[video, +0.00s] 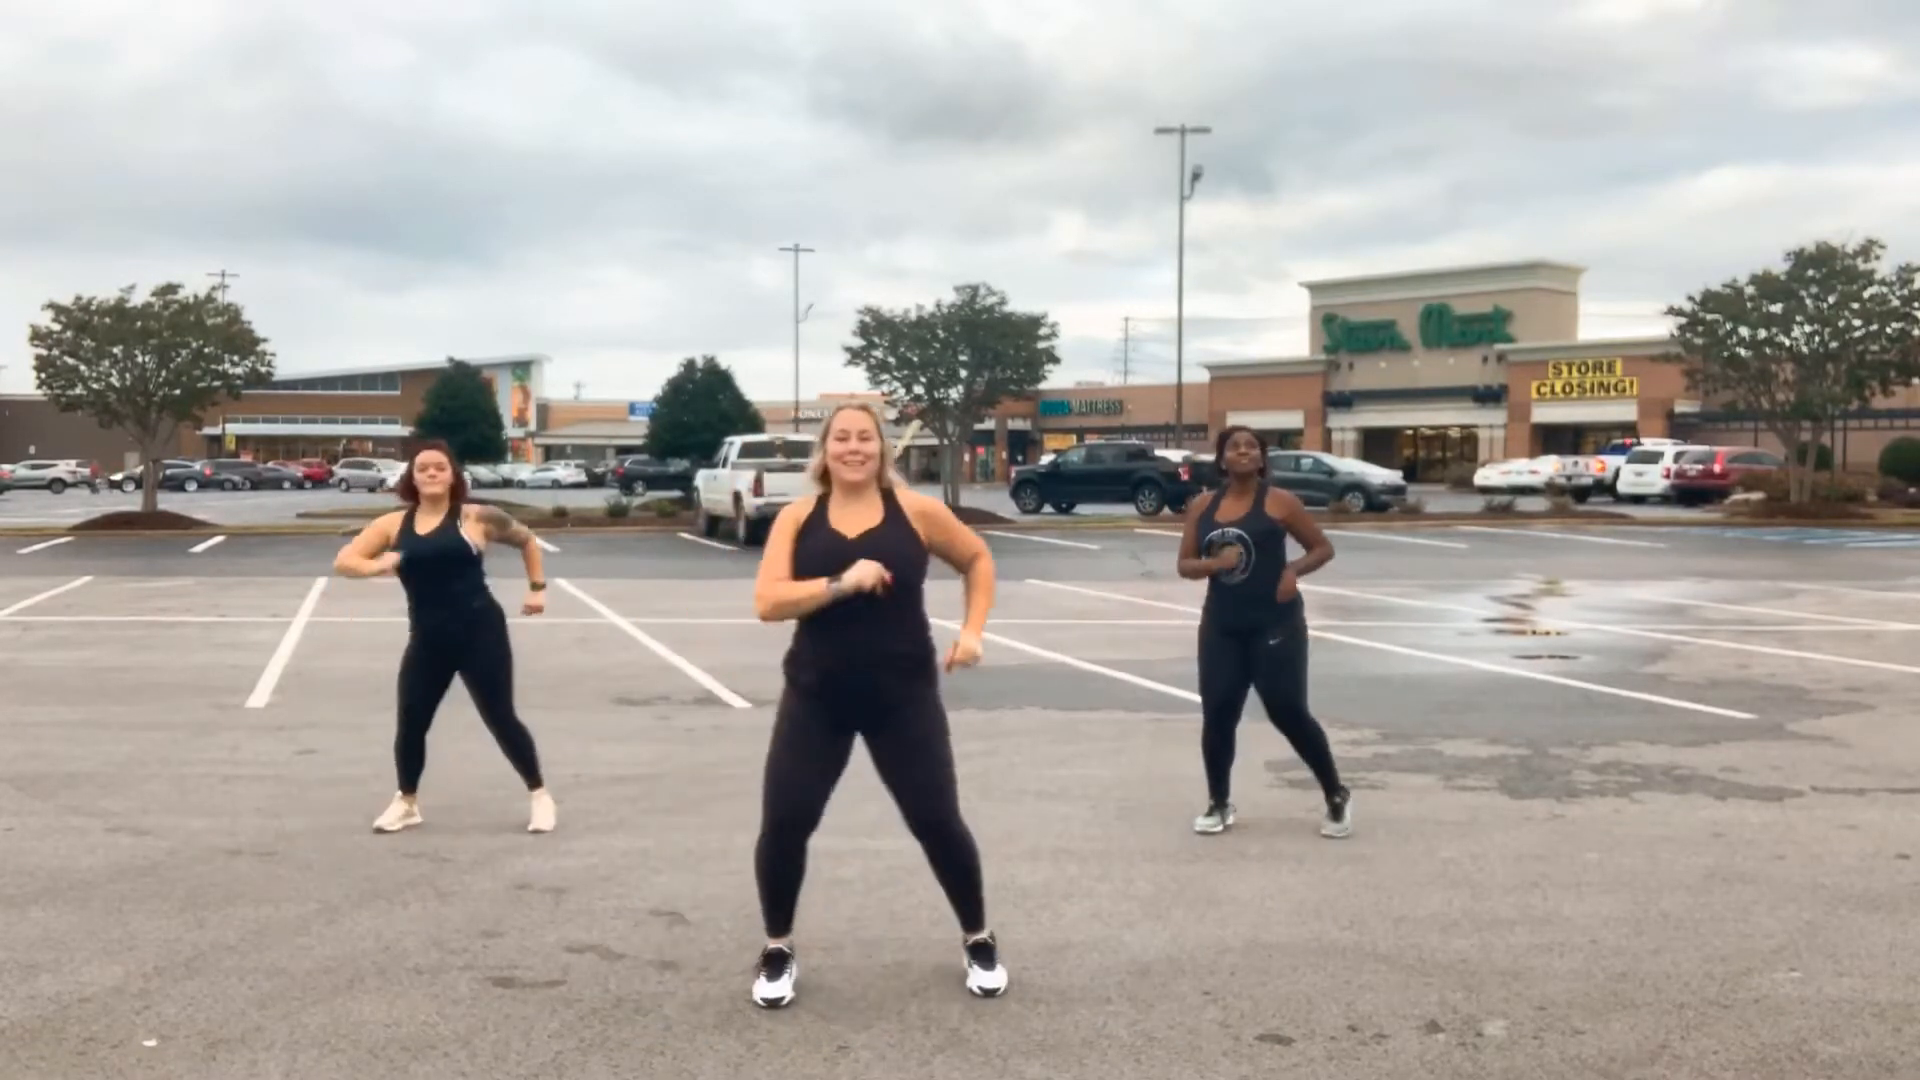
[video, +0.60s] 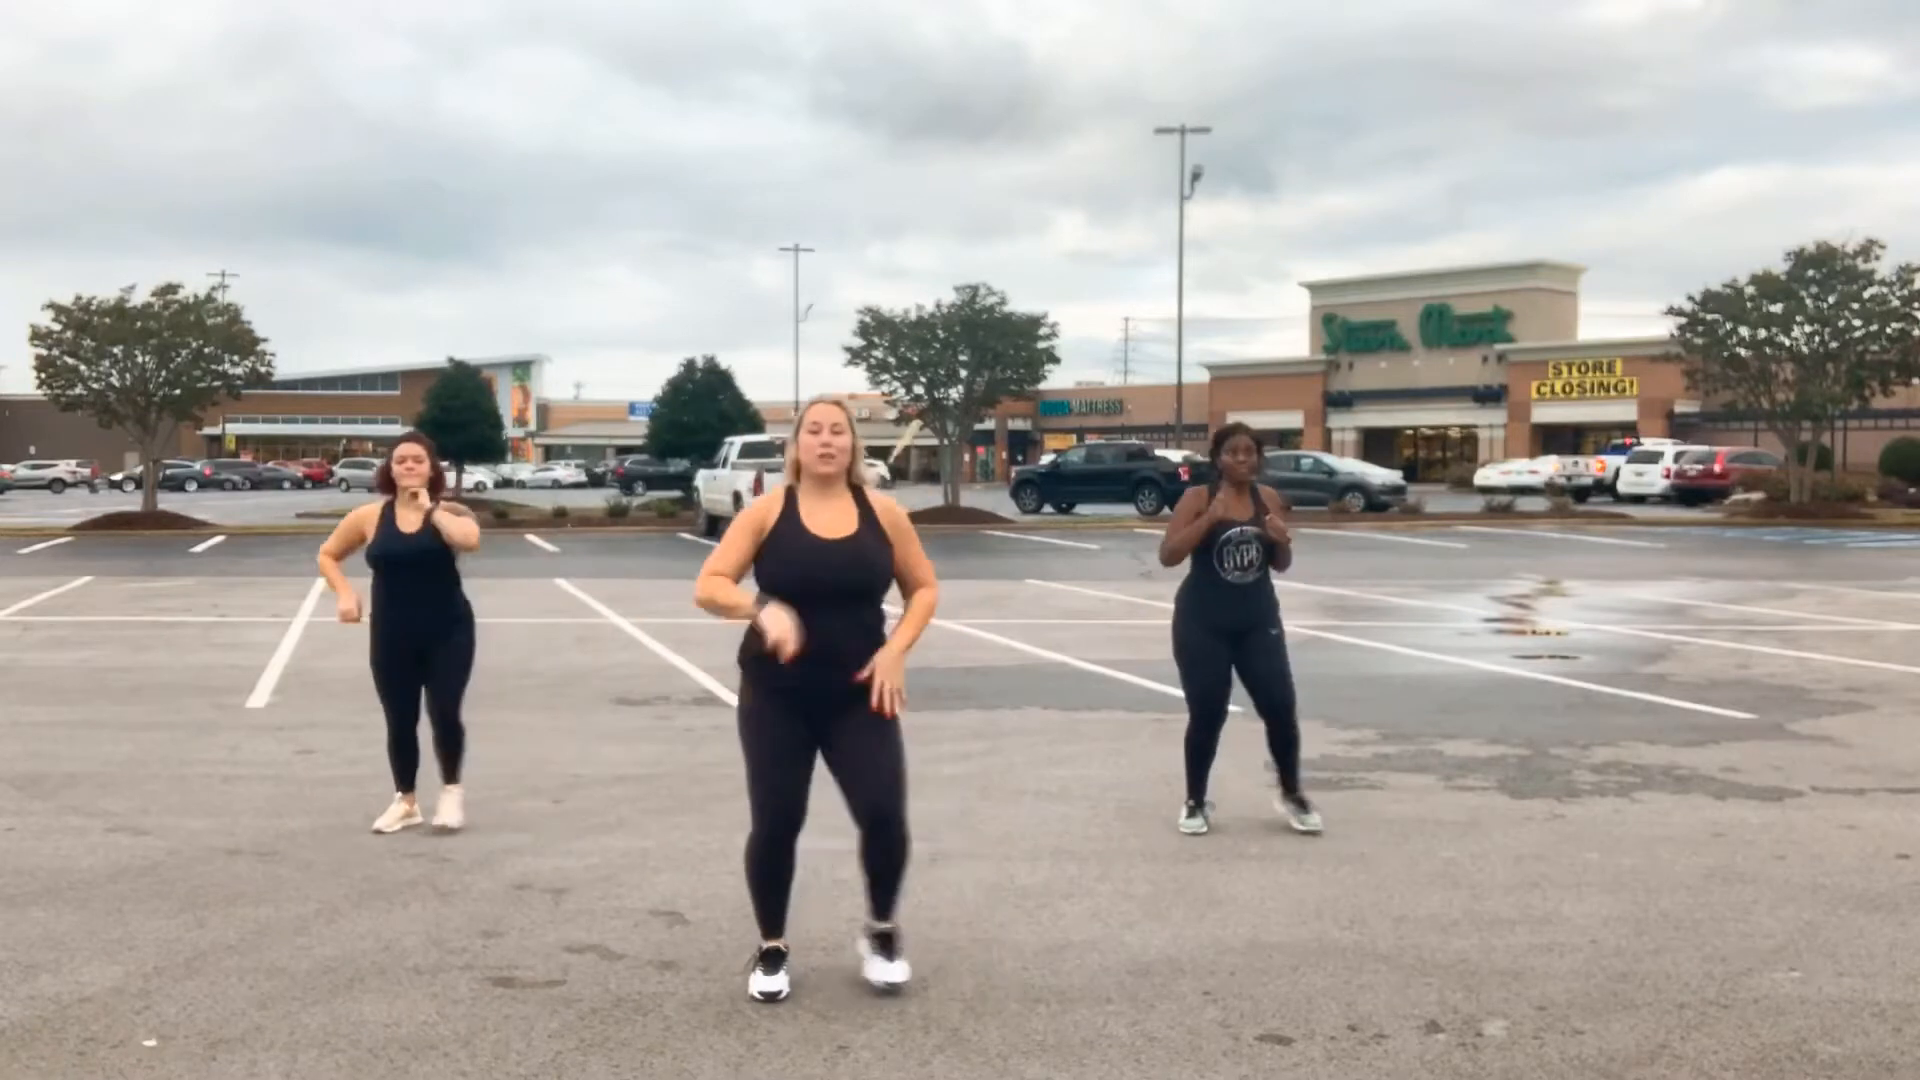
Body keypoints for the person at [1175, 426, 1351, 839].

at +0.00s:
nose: (1243, 454)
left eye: (1250, 447)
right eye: (1235, 448)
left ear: (1262, 457)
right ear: (1222, 459)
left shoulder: (1280, 502)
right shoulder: (1203, 505)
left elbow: (1322, 548)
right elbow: (1184, 565)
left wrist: (1292, 570)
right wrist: (1214, 564)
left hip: (1276, 626)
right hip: (1221, 628)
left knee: (1287, 713)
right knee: (1217, 716)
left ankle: (1336, 797)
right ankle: (1218, 804)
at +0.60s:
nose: (1242, 459)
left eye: (1248, 452)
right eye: (1233, 452)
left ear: (1258, 458)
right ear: (1218, 458)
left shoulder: (1268, 498)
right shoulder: (1198, 497)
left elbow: (1281, 564)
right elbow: (1168, 554)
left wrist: (1278, 540)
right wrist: (1209, 519)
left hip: (1256, 619)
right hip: (1203, 621)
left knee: (1281, 707)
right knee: (1207, 713)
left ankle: (1291, 794)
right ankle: (1195, 802)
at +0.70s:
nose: (1237, 461)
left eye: (1244, 454)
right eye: (1229, 454)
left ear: (1254, 458)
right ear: (1213, 458)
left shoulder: (1261, 495)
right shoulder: (1193, 496)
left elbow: (1276, 562)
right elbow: (1176, 550)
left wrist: (1276, 538)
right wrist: (1212, 503)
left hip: (1254, 620)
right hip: (1199, 621)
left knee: (1266, 711)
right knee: (1205, 714)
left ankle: (1255, 794)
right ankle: (1195, 803)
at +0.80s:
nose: (1233, 466)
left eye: (1240, 458)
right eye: (1225, 459)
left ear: (1251, 460)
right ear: (1210, 461)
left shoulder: (1261, 495)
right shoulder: (1192, 496)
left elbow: (1278, 561)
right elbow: (1183, 550)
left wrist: (1275, 535)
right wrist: (1212, 501)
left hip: (1252, 618)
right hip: (1198, 619)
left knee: (1250, 714)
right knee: (1206, 712)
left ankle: (1242, 804)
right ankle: (1195, 803)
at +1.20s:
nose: (1208, 474)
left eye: (1216, 466)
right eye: (1201, 466)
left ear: (1231, 467)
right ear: (1188, 469)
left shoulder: (1248, 500)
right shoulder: (1175, 500)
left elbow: (1268, 562)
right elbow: (1166, 557)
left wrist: (1256, 542)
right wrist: (1195, 510)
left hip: (1226, 625)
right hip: (1173, 623)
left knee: (1244, 713)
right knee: (1165, 710)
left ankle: (1241, 805)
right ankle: (1128, 796)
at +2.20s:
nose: (1183, 478)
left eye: (1191, 471)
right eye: (1178, 470)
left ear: (1214, 470)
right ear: (1174, 469)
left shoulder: (1236, 505)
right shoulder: (1160, 504)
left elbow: (1259, 567)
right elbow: (1146, 560)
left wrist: (1244, 550)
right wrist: (1176, 513)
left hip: (1232, 628)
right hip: (1176, 628)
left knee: (1243, 719)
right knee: (1159, 715)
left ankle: (1243, 803)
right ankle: (1124, 798)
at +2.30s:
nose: (1182, 477)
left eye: (1190, 470)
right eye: (1177, 470)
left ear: (1213, 469)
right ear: (1172, 470)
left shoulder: (1235, 503)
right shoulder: (1159, 504)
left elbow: (1257, 565)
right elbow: (1147, 560)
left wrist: (1243, 548)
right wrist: (1177, 513)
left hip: (1227, 627)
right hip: (1172, 627)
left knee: (1241, 718)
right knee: (1160, 714)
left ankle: (1243, 802)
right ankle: (1123, 798)